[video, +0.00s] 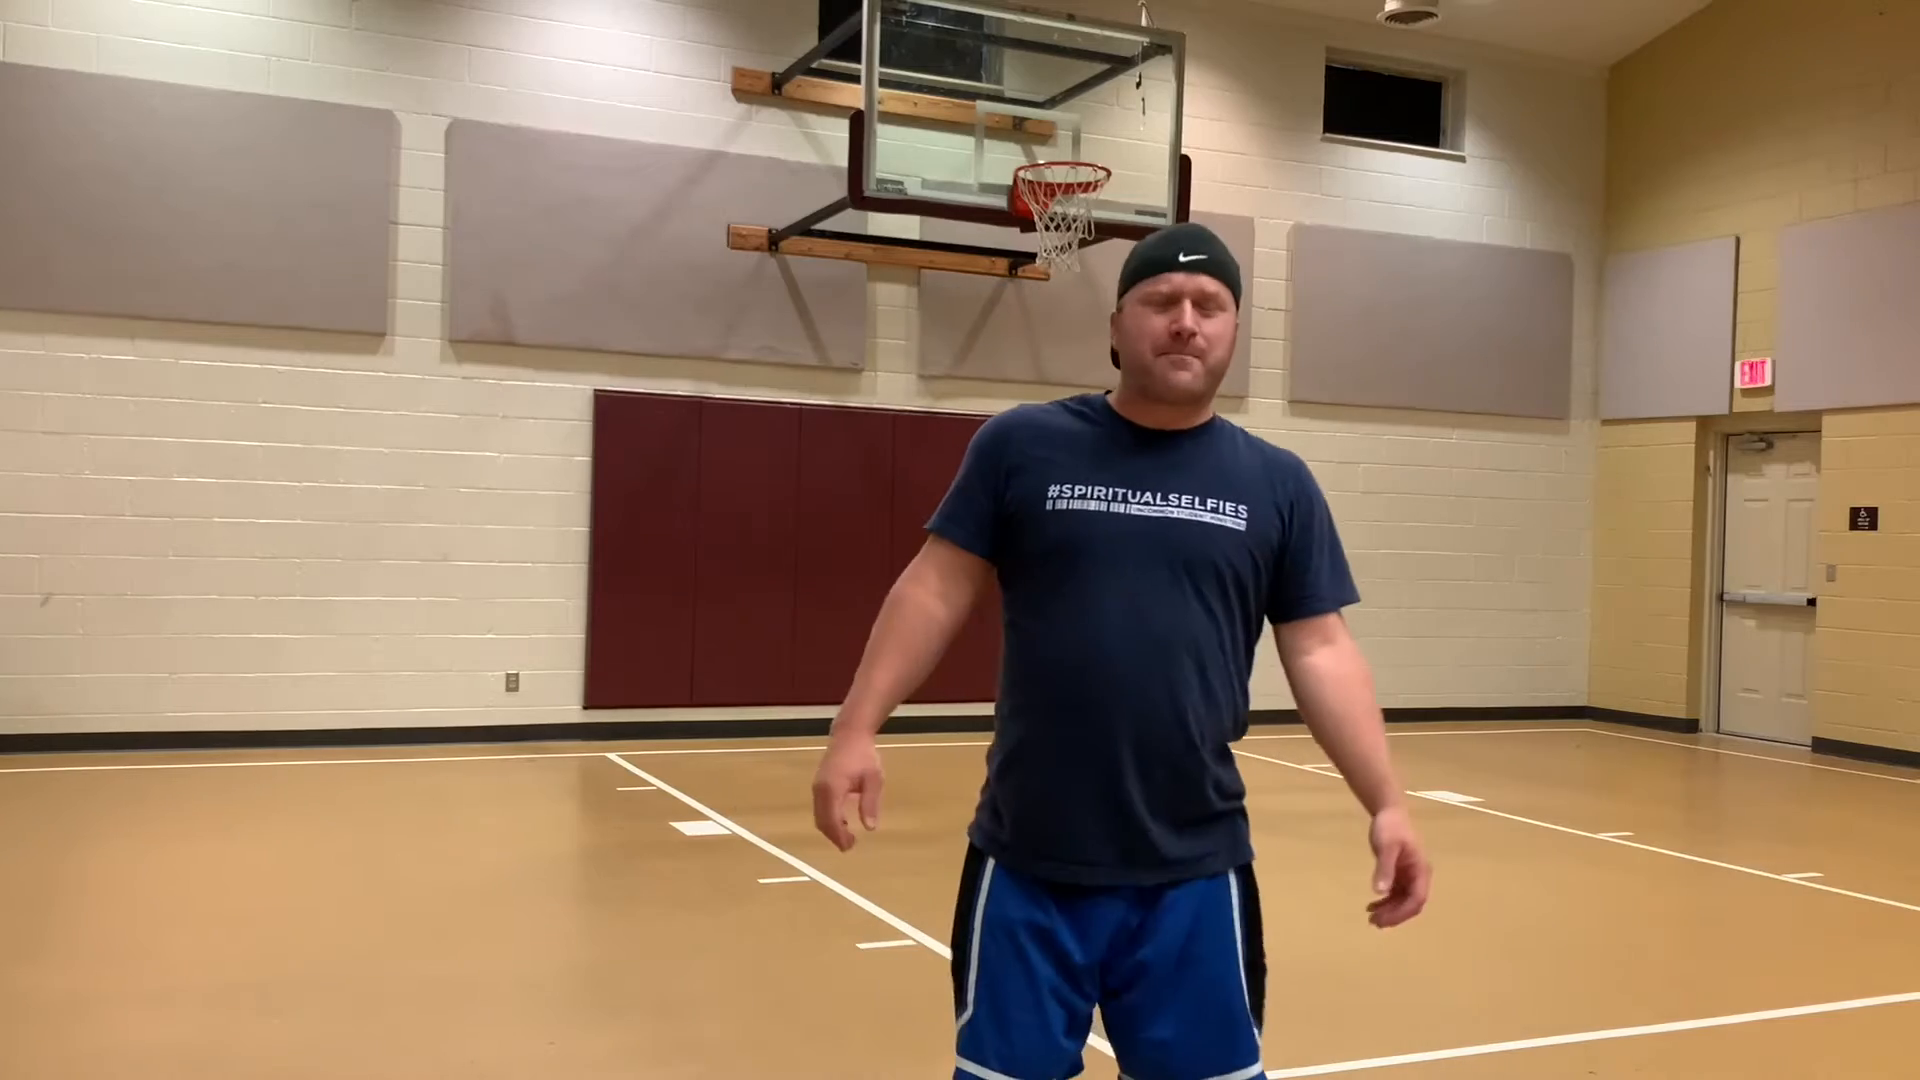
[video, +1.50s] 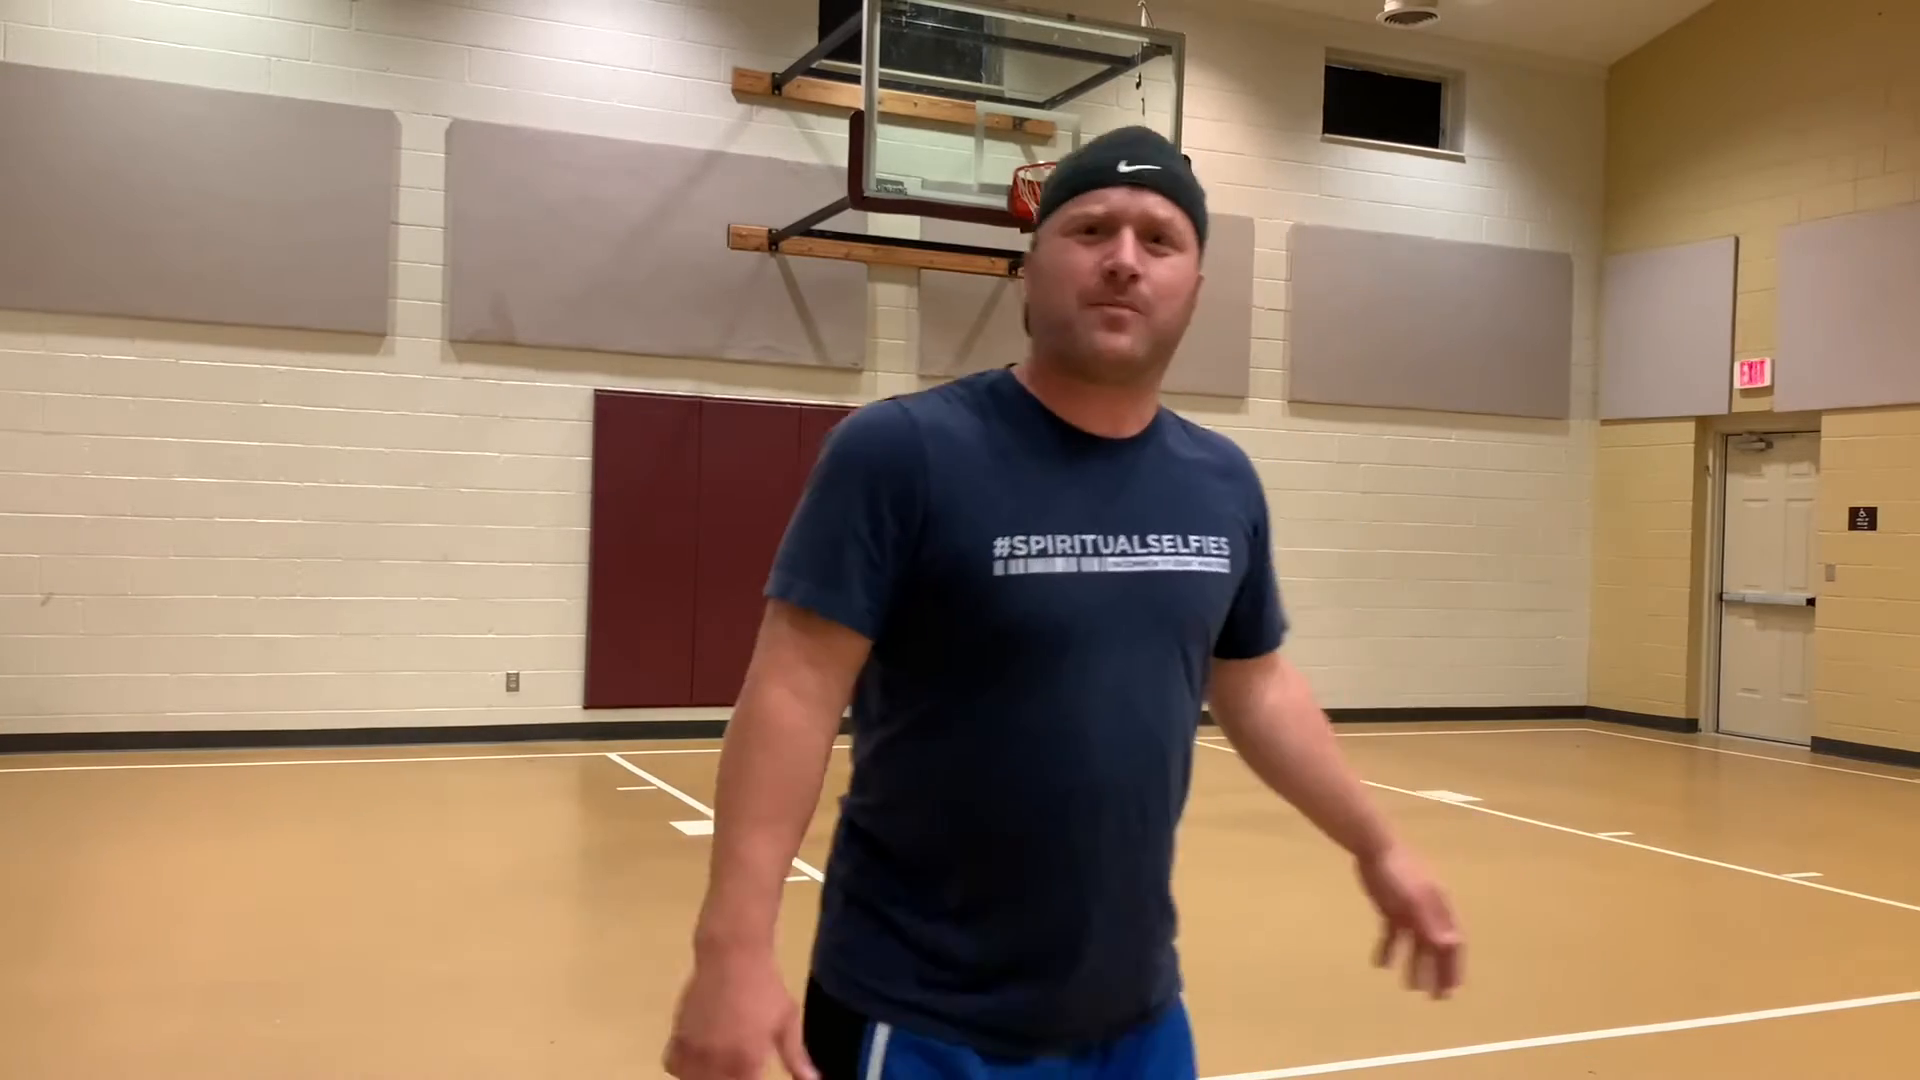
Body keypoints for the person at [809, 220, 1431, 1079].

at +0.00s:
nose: (1185, 322)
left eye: (1208, 305)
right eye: (1161, 302)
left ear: (1235, 334)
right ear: (1119, 324)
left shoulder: (1276, 484)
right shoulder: (1021, 445)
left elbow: (1321, 649)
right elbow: (936, 586)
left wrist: (1387, 801)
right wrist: (855, 728)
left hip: (1194, 863)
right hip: (1030, 854)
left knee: (1211, 1070)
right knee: (1002, 1071)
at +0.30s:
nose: (1143, 327)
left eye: (1165, 303)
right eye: (1115, 308)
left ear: (1200, 320)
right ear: (1074, 332)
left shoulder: (1271, 477)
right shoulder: (999, 467)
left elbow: (1345, 638)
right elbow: (941, 621)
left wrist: (1456, 768)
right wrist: (891, 764)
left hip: (1214, 898)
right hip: (1040, 897)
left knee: (1243, 1073)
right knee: (1017, 1075)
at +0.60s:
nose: (1078, 303)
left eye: (1102, 280)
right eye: (1049, 283)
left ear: (1143, 302)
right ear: (1011, 309)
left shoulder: (1223, 464)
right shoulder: (935, 477)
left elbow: (1317, 627)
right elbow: (863, 665)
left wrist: (1437, 766)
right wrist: (773, 847)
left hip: (1207, 937)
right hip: (1014, 948)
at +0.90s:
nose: (1130, 287)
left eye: (1162, 269)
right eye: (1104, 260)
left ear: (1200, 307)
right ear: (1053, 283)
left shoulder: (1252, 475)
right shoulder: (946, 461)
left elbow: (1316, 660)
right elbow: (856, 653)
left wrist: (1416, 819)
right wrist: (759, 840)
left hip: (1189, 971)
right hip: (991, 971)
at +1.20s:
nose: (1191, 263)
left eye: (1227, 245)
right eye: (1167, 233)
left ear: (1267, 287)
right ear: (1114, 254)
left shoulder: (1299, 478)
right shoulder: (972, 423)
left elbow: (1357, 679)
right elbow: (860, 620)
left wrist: (1495, 840)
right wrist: (735, 815)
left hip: (1186, 983)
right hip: (980, 971)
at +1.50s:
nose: (1125, 260)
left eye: (1159, 239)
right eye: (1093, 230)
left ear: (1197, 288)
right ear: (1031, 259)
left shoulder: (1221, 482)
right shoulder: (899, 453)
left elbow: (1257, 682)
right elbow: (794, 689)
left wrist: (1378, 843)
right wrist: (734, 952)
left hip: (1129, 1008)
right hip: (919, 1014)